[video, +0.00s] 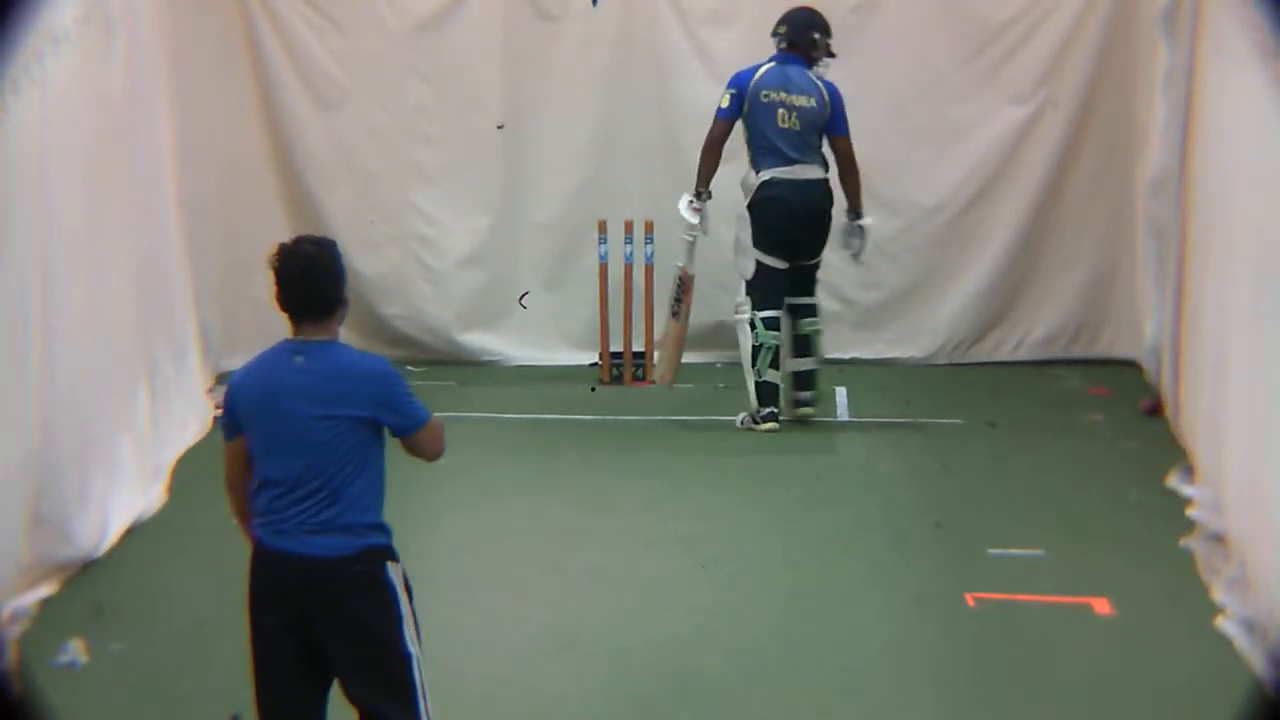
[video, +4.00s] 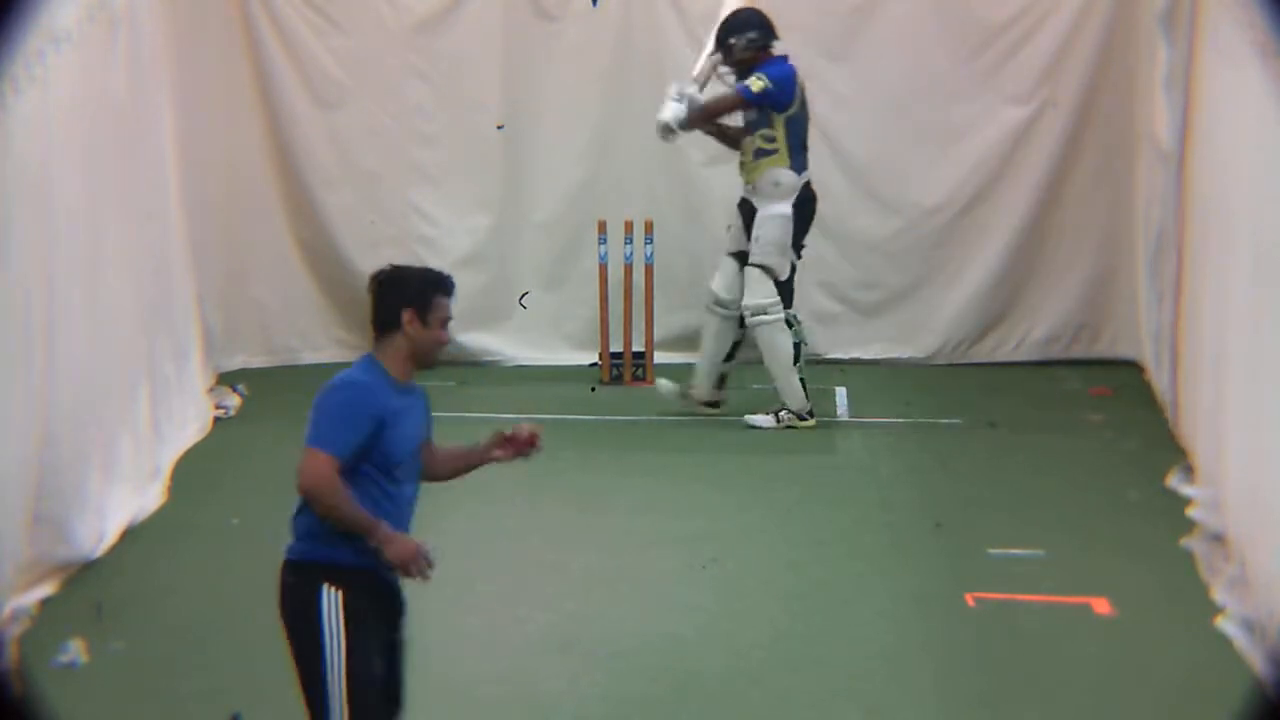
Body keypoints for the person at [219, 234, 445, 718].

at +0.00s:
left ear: (279, 301)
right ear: (344, 296)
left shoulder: (248, 380)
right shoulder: (370, 374)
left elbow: (237, 482)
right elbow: (431, 445)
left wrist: (261, 539)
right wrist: (391, 402)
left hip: (276, 574)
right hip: (357, 575)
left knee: (285, 709)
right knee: (395, 707)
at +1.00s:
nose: (401, 282)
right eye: (396, 275)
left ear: (338, 290)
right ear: (398, 287)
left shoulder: (310, 360)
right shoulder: (422, 352)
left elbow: (263, 455)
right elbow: (477, 416)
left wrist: (263, 506)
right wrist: (431, 338)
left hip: (333, 565)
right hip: (410, 564)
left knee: (322, 704)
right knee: (421, 703)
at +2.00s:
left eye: (386, 285)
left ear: (384, 299)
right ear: (446, 300)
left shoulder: (347, 378)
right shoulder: (476, 379)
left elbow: (315, 479)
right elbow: (511, 475)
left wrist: (323, 549)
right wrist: (508, 544)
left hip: (371, 576)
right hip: (450, 578)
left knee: (347, 706)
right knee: (437, 708)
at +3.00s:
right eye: (406, 298)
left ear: (346, 311)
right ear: (407, 310)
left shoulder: (308, 381)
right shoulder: (431, 373)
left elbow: (278, 477)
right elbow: (476, 461)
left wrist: (338, 473)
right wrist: (435, 478)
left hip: (310, 565)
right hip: (383, 565)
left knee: (307, 703)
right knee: (391, 704)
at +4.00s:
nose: (448, 335)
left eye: (448, 324)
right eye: (443, 323)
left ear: (412, 323)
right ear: (409, 322)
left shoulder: (411, 396)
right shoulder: (353, 391)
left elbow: (422, 463)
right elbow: (314, 478)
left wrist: (487, 453)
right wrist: (385, 537)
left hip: (373, 581)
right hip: (329, 583)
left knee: (382, 707)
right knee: (345, 712)